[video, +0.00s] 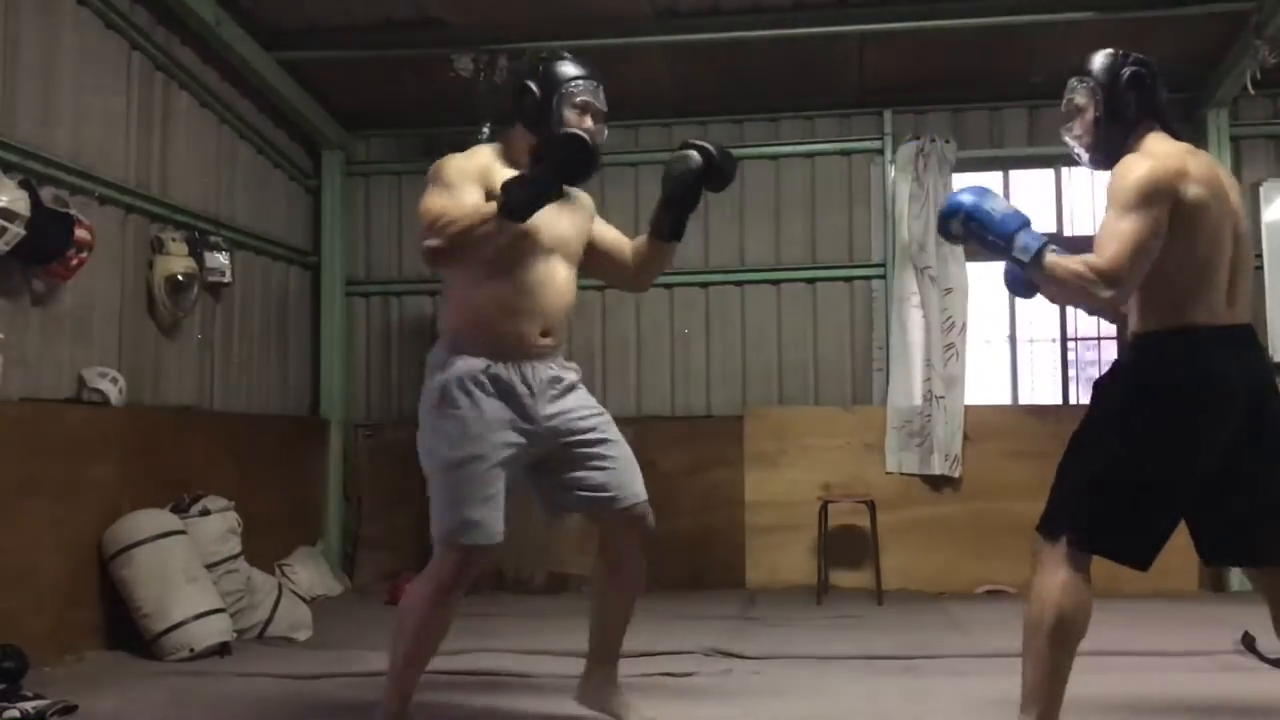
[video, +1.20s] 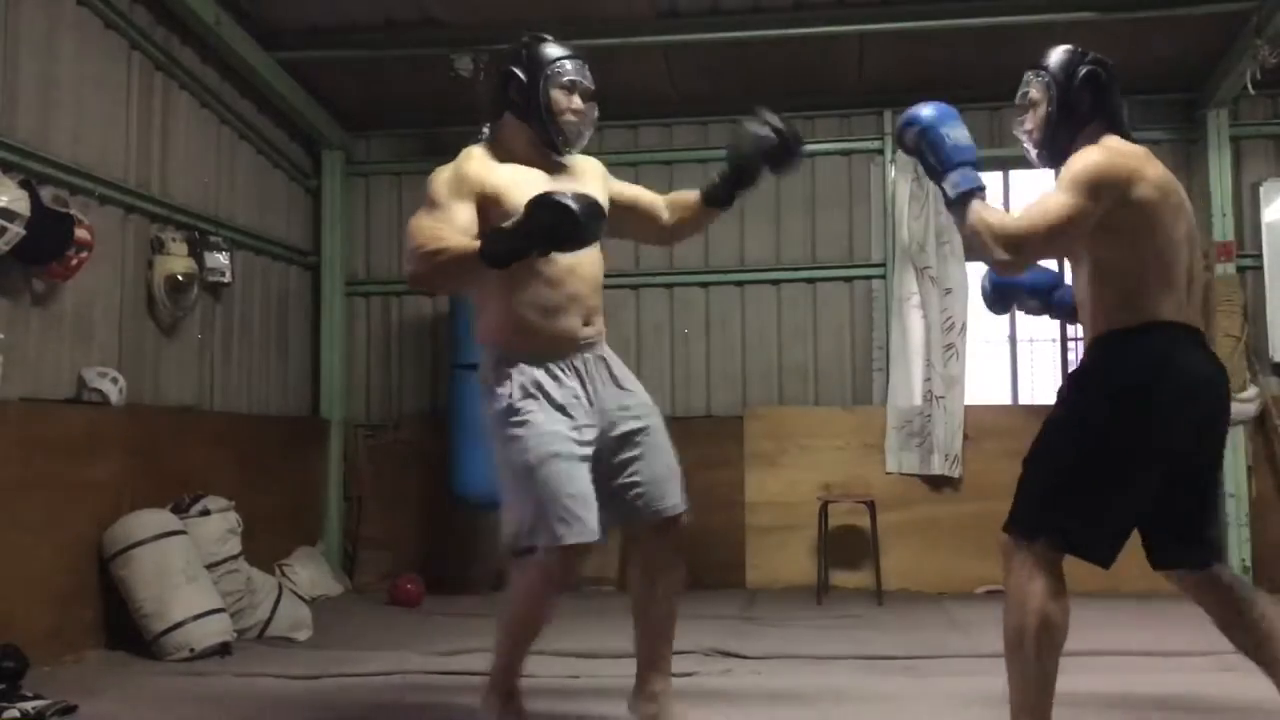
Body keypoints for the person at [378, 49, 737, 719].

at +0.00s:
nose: (592, 130)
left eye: (599, 119)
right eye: (581, 112)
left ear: (595, 130)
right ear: (536, 108)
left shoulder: (577, 206)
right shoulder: (468, 168)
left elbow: (638, 271)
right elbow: (437, 245)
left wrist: (677, 201)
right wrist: (537, 187)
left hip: (556, 381)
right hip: (471, 382)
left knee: (630, 517)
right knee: (465, 547)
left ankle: (600, 681)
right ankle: (394, 704)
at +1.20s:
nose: (582, 105)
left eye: (587, 93)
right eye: (568, 90)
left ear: (587, 103)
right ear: (522, 93)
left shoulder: (588, 174)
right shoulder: (469, 171)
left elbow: (667, 219)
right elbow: (424, 267)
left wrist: (736, 175)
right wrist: (518, 240)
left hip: (603, 370)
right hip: (527, 382)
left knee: (662, 518)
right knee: (566, 537)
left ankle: (653, 692)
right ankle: (502, 689)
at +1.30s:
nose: (554, 123)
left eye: (559, 110)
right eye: (539, 108)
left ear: (563, 118)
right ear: (494, 107)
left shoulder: (572, 191)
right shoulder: (442, 186)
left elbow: (648, 263)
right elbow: (439, 255)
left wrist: (730, 318)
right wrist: (525, 195)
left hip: (615, 346)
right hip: (545, 389)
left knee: (762, 417)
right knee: (586, 553)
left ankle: (749, 552)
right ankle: (559, 711)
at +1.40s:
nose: (553, 134)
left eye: (556, 121)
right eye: (540, 120)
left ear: (556, 127)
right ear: (496, 119)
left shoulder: (568, 194)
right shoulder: (436, 191)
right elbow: (460, 236)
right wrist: (541, 174)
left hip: (626, 323)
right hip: (565, 391)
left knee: (768, 290)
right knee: (591, 558)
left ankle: (922, 329)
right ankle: (564, 710)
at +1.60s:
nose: (568, 129)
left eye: (572, 116)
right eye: (553, 112)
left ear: (572, 122)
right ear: (504, 112)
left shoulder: (568, 187)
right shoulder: (448, 196)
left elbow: (637, 275)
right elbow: (457, 288)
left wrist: (706, 345)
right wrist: (551, 242)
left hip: (615, 326)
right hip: (557, 390)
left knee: (751, 281)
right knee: (593, 550)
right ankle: (566, 710)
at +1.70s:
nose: (569, 125)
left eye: (574, 113)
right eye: (553, 110)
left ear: (577, 120)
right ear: (506, 112)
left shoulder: (569, 188)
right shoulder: (450, 204)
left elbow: (632, 249)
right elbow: (448, 304)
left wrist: (728, 287)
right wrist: (548, 283)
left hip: (613, 342)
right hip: (546, 393)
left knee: (753, 376)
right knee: (580, 547)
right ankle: (563, 709)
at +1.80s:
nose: (571, 123)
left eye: (575, 111)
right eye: (555, 108)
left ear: (578, 120)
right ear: (508, 112)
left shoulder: (572, 191)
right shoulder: (454, 204)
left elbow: (636, 245)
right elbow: (443, 308)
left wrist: (725, 253)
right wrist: (536, 295)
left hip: (599, 366)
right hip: (533, 390)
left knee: (689, 479)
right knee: (572, 549)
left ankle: (592, 583)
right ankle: (561, 709)